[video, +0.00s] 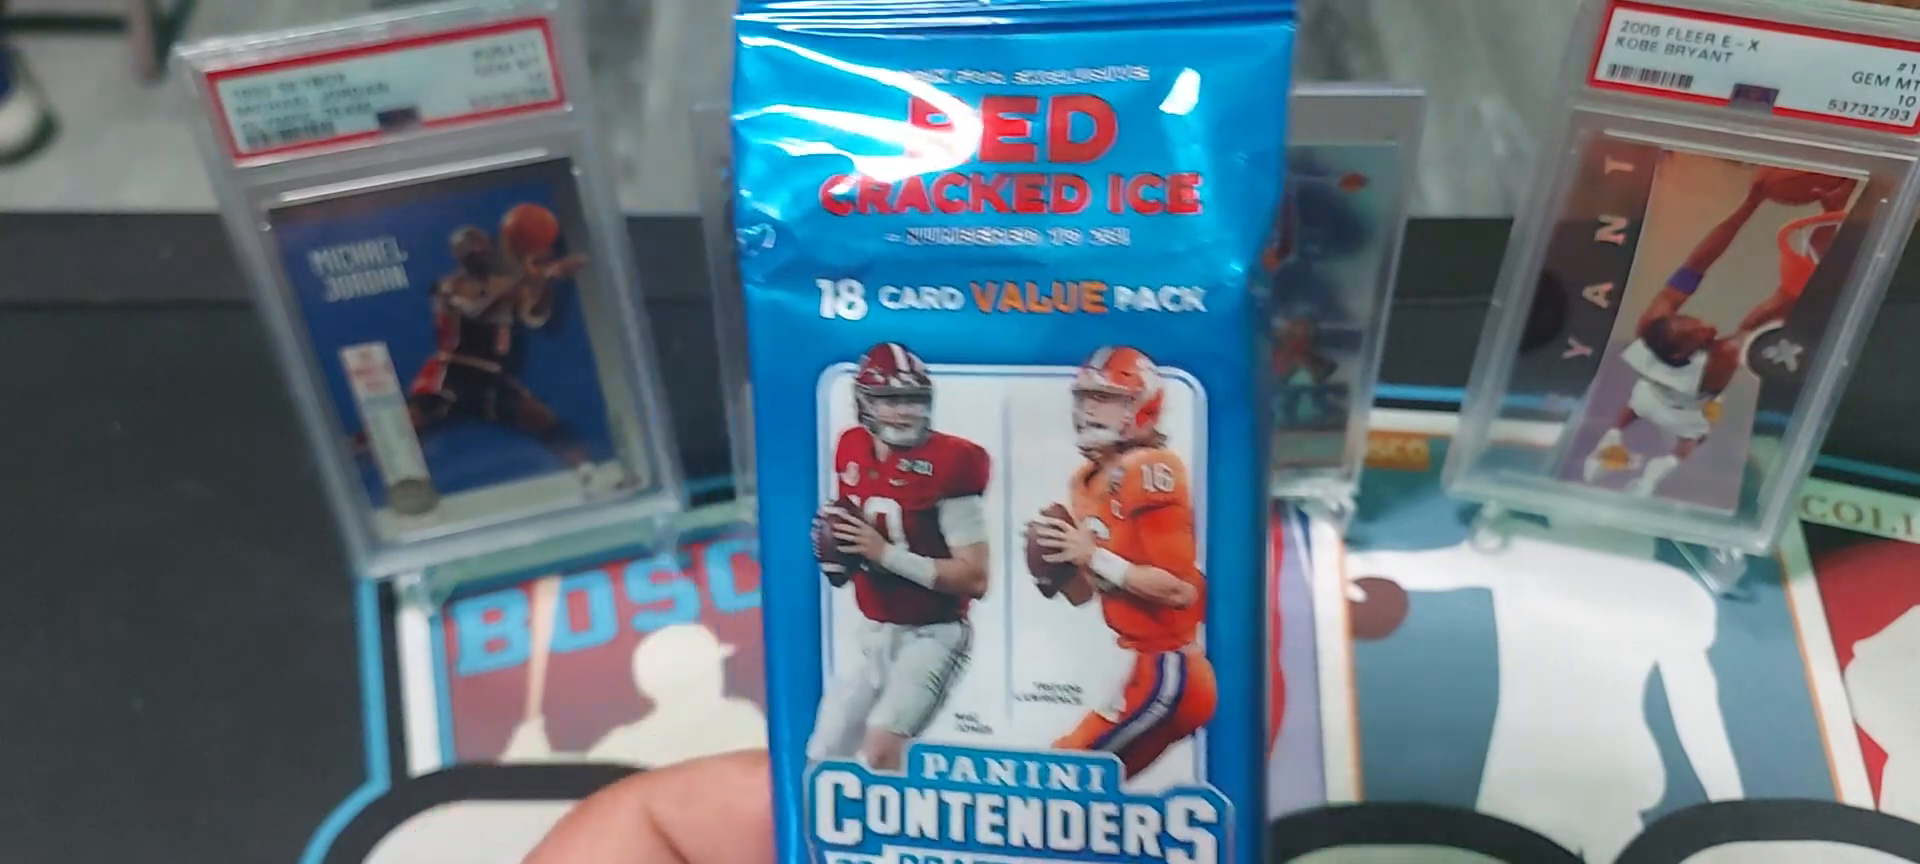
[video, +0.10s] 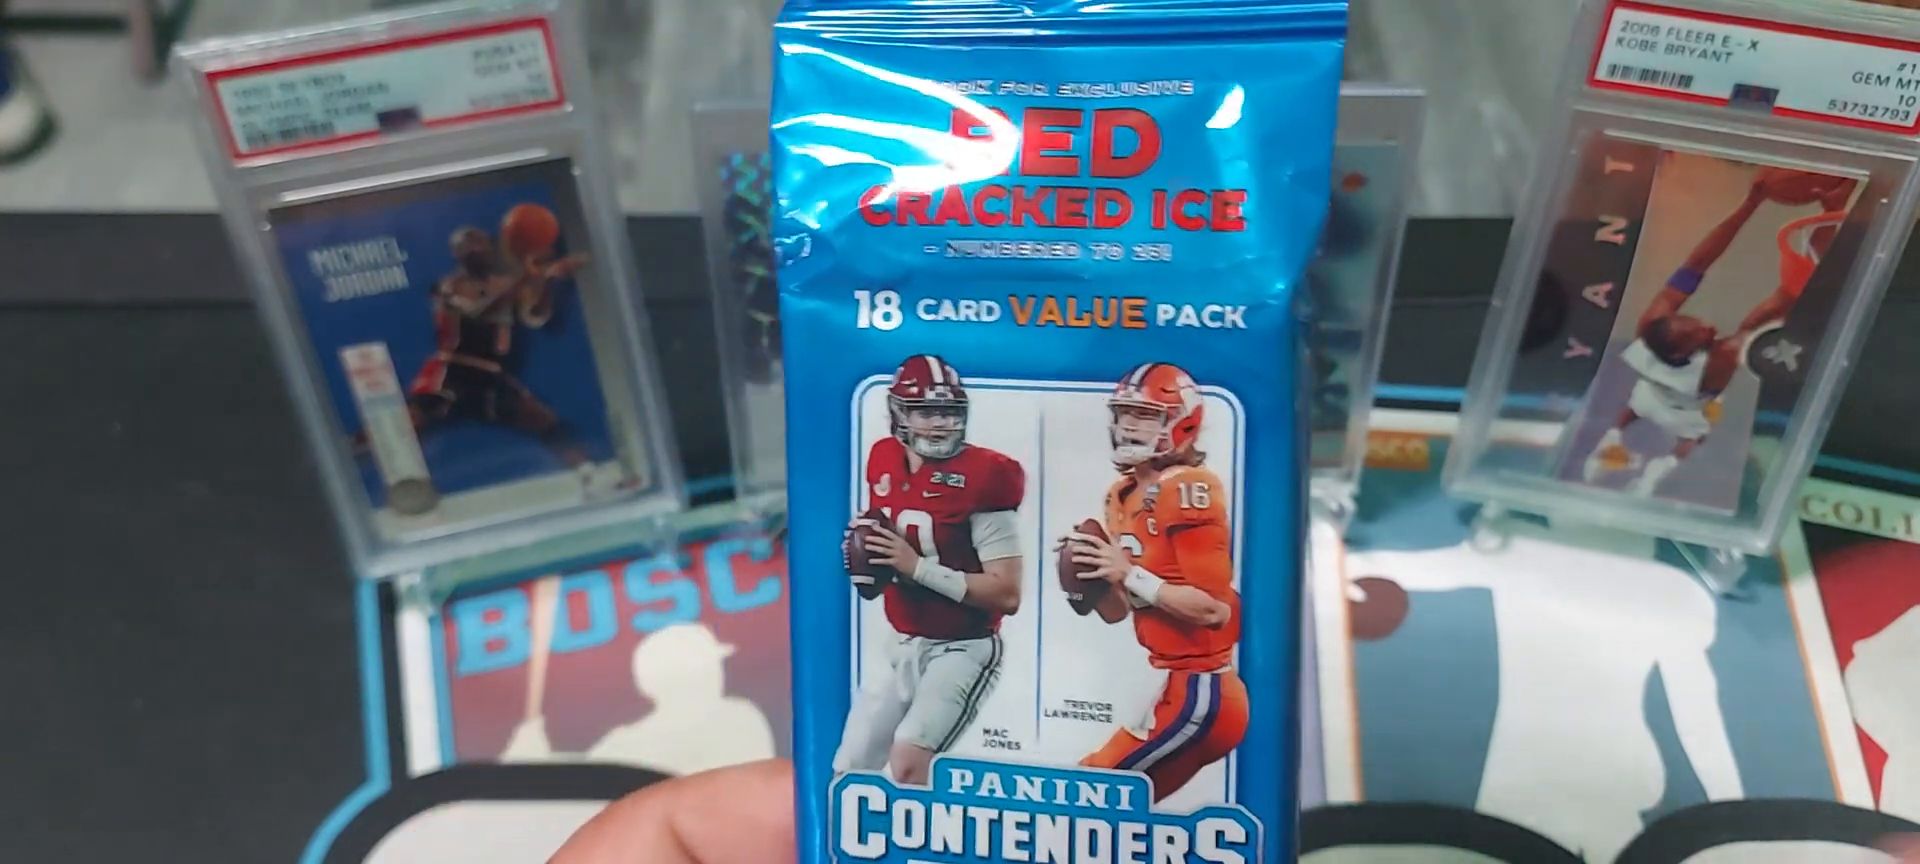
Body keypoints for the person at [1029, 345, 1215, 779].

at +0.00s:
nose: (1087, 412)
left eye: (1103, 399)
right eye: (1082, 398)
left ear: (1139, 409)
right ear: (1074, 401)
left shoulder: (1151, 468)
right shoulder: (1086, 479)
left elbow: (1180, 587)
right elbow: (1081, 592)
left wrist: (1093, 556)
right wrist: (1050, 563)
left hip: (1169, 672)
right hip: (1145, 668)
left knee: (1057, 778)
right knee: (1073, 788)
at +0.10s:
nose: (1127, 427)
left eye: (1143, 416)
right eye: (1123, 414)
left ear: (1179, 425)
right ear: (1113, 417)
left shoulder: (1189, 486)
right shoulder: (1120, 494)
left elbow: (1212, 606)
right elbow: (1114, 611)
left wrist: (1127, 572)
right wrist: (1083, 579)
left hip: (1201, 692)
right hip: (1176, 688)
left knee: (1081, 798)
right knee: (1098, 809)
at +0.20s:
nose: (1140, 419)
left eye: (1156, 408)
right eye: (1137, 406)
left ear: (1191, 415)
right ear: (1128, 410)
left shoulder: (1202, 479)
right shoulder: (1134, 485)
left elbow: (1222, 597)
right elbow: (1126, 601)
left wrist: (1139, 563)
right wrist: (1096, 568)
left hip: (1210, 682)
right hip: (1187, 678)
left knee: (1090, 785)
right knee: (1110, 799)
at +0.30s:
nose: (1142, 409)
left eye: (1158, 398)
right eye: (1139, 397)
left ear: (1194, 406)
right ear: (1130, 400)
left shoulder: (1203, 468)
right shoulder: (1134, 474)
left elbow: (1222, 584)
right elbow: (1126, 588)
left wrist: (1140, 551)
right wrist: (1097, 555)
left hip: (1210, 669)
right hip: (1186, 664)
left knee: (1093, 768)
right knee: (1108, 779)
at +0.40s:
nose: (1163, 391)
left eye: (1180, 381)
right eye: (1160, 378)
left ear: (1216, 390)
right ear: (1150, 380)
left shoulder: (1222, 451)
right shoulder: (1154, 455)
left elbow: (1234, 567)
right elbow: (1141, 568)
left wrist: (1154, 532)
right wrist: (1115, 532)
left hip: (1221, 649)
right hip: (1198, 644)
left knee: (1102, 744)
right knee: (1118, 756)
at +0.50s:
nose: (1187, 383)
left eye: (1203, 373)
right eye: (1184, 369)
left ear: (1238, 382)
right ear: (1173, 370)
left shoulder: (1242, 443)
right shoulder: (1173, 445)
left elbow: (1253, 559)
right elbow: (1158, 558)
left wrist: (1173, 522)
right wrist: (1135, 522)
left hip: (1236, 642)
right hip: (1213, 637)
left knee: (1112, 735)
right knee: (1129, 746)